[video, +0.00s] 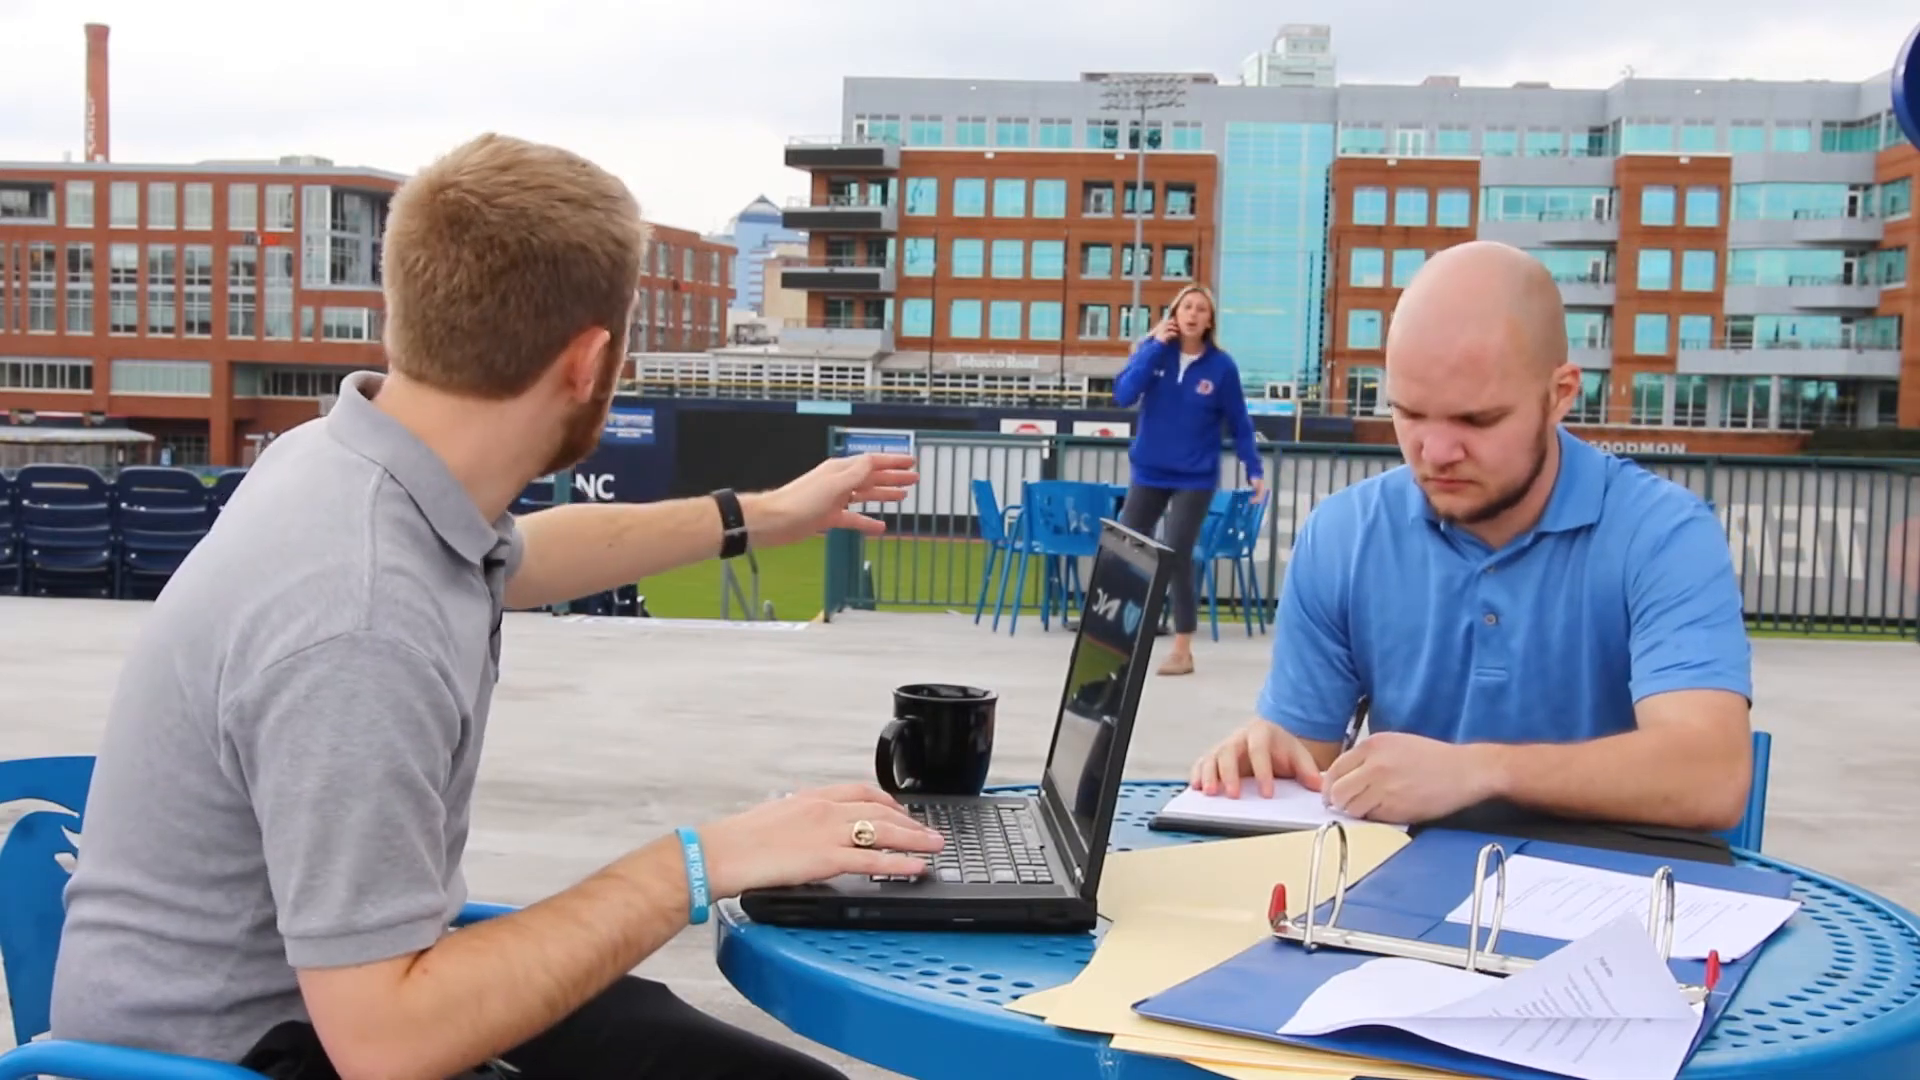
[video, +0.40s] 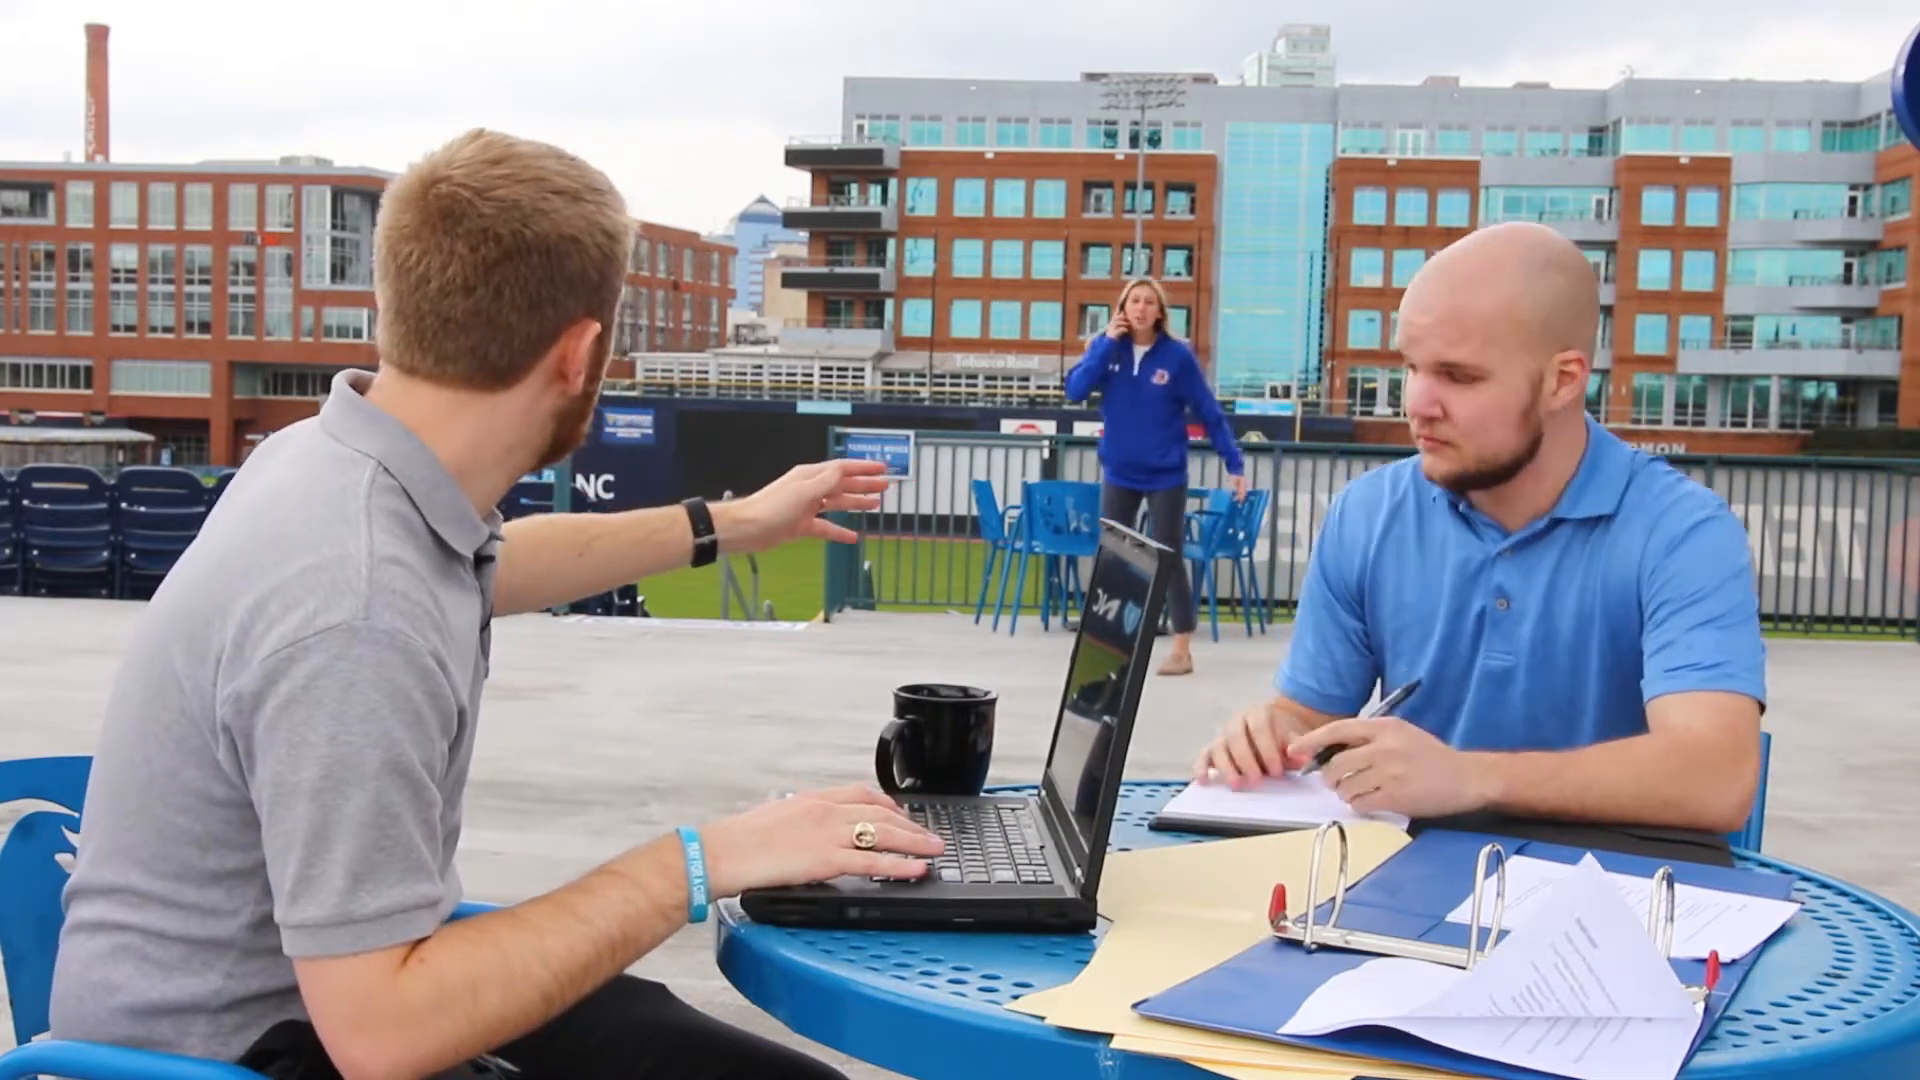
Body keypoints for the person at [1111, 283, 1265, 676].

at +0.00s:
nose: (1193, 315)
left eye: (1201, 310)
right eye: (1187, 308)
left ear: (1210, 319)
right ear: (1174, 313)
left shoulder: (1221, 366)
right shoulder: (1152, 349)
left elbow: (1240, 424)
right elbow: (1123, 395)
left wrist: (1254, 470)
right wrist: (1153, 345)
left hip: (1195, 477)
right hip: (1148, 472)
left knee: (1175, 553)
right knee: (1123, 550)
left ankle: (1182, 649)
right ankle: (1113, 639)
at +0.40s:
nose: (1141, 309)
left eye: (1148, 303)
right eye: (1135, 302)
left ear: (1160, 311)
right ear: (1124, 308)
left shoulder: (1177, 355)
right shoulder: (1106, 347)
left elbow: (1208, 412)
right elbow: (1074, 390)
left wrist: (1235, 466)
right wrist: (1107, 341)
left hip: (1165, 474)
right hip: (1118, 472)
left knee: (1169, 557)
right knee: (1110, 557)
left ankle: (1182, 649)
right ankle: (1108, 645)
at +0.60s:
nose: (1107, 314)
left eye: (1114, 307)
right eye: (1101, 307)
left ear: (1128, 313)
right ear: (1092, 313)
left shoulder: (1146, 355)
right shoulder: (1083, 353)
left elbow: (1177, 411)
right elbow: (1050, 398)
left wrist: (1188, 465)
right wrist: (1075, 348)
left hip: (1148, 476)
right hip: (1101, 474)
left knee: (1164, 557)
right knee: (1085, 551)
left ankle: (1182, 646)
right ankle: (1102, 637)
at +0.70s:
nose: (1082, 319)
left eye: (1090, 312)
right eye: (1075, 312)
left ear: (1103, 317)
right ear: (1066, 318)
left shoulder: (1122, 361)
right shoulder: (1063, 359)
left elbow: (1144, 422)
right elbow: (1029, 402)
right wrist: (1051, 354)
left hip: (1134, 477)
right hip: (1087, 477)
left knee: (1156, 556)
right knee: (1064, 550)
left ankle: (1180, 644)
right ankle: (1087, 637)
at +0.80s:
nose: (1046, 326)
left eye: (1054, 318)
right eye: (1040, 319)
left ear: (1070, 324)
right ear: (1033, 326)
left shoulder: (1088, 365)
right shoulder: (1033, 367)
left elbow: (1105, 428)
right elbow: (1003, 408)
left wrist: (1062, 464)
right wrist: (1017, 361)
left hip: (1111, 478)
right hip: (1071, 481)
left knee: (1138, 557)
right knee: (1037, 553)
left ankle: (1179, 644)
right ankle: (1077, 636)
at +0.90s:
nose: (998, 328)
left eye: (1006, 321)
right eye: (994, 321)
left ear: (1024, 326)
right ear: (989, 327)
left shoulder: (1043, 367)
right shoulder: (994, 371)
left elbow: (1073, 425)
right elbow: (972, 418)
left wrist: (1052, 476)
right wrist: (978, 369)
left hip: (1074, 482)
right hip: (1035, 486)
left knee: (1098, 567)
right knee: (1019, 565)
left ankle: (1164, 634)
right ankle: (1078, 637)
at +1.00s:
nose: (942, 331)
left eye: (950, 323)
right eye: (939, 324)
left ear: (971, 328)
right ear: (938, 332)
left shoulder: (995, 369)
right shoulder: (948, 375)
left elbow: (1045, 413)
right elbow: (925, 421)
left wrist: (1063, 465)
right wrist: (931, 370)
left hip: (1028, 482)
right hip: (998, 487)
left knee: (1006, 569)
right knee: (1008, 570)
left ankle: (1076, 608)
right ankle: (1074, 633)